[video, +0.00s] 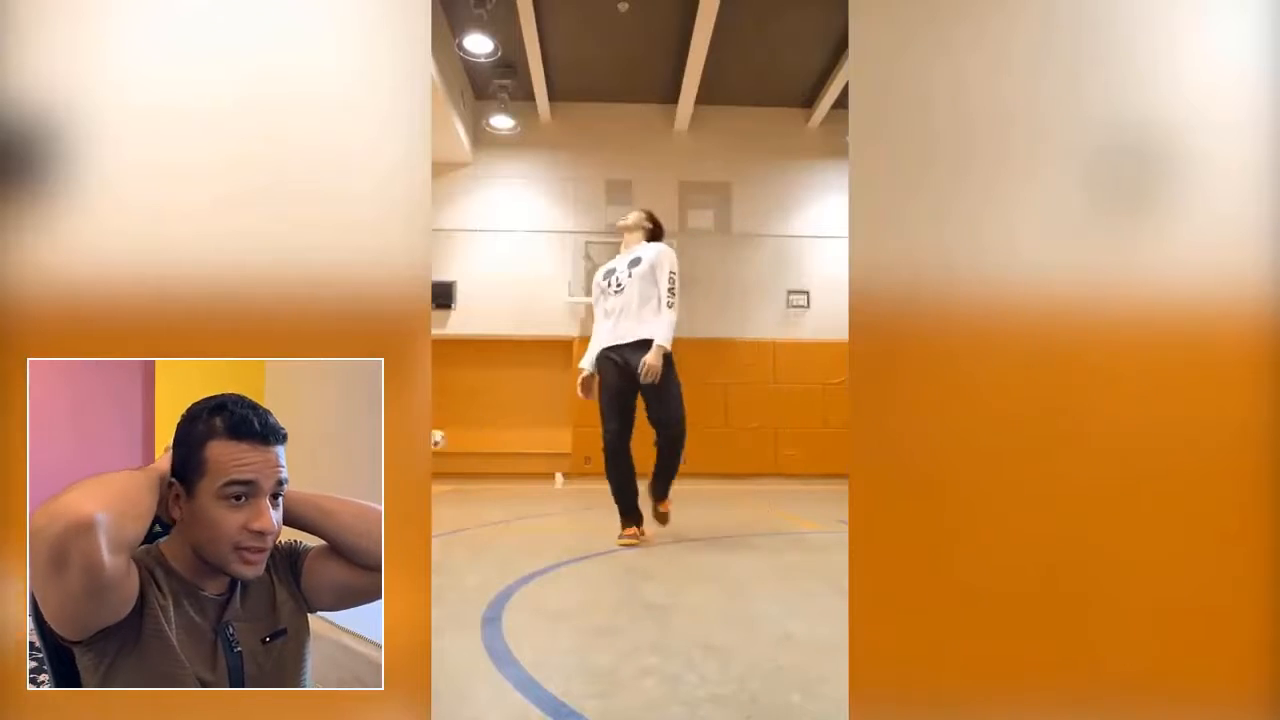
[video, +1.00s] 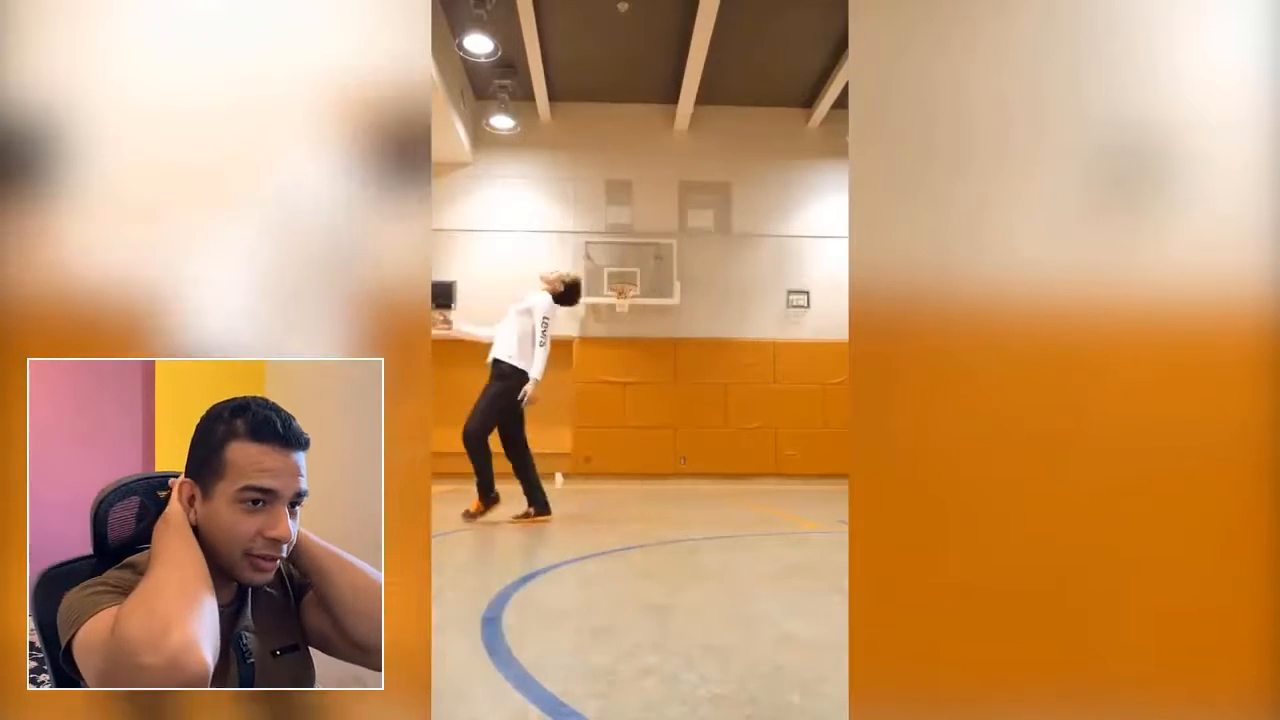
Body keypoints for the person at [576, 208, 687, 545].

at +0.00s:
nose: (625, 215)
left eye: (634, 213)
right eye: (626, 213)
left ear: (647, 226)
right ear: (624, 229)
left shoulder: (659, 251)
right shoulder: (602, 273)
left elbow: (670, 304)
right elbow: (601, 324)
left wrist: (659, 348)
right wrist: (588, 363)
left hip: (649, 348)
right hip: (610, 355)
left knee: (673, 430)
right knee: (614, 439)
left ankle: (659, 492)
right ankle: (630, 522)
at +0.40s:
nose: (599, 234)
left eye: (608, 231)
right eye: (603, 230)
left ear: (619, 246)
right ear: (603, 244)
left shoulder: (626, 276)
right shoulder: (580, 281)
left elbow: (632, 329)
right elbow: (579, 329)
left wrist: (623, 372)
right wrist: (572, 366)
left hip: (612, 370)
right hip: (581, 370)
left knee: (619, 444)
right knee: (563, 436)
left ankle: (626, 513)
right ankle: (588, 508)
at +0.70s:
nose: (587, 263)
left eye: (594, 266)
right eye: (592, 262)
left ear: (597, 280)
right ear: (588, 275)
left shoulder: (589, 296)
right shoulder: (561, 299)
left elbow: (590, 340)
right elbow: (548, 349)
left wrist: (580, 378)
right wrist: (521, 378)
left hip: (563, 374)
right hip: (538, 374)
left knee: (593, 443)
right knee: (532, 444)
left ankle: (624, 509)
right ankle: (540, 508)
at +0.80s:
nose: (585, 270)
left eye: (591, 273)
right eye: (590, 270)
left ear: (591, 286)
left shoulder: (581, 299)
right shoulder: (554, 301)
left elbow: (578, 339)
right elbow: (536, 348)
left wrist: (570, 376)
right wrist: (504, 369)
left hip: (547, 373)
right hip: (524, 374)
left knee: (575, 440)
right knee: (523, 446)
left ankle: (612, 497)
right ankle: (540, 507)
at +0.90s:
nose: (571, 273)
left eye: (577, 276)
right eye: (577, 273)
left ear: (577, 290)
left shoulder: (564, 303)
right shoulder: (542, 303)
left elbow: (563, 342)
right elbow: (510, 339)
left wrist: (552, 373)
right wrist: (469, 341)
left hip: (527, 368)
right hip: (511, 365)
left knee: (521, 435)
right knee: (513, 439)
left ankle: (549, 495)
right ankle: (534, 502)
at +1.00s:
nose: (554, 273)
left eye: (559, 276)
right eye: (560, 272)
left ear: (558, 289)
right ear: (557, 285)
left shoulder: (543, 301)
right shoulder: (530, 301)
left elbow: (542, 344)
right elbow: (496, 334)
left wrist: (534, 380)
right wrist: (456, 329)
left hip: (511, 374)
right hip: (503, 372)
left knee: (473, 434)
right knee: (515, 443)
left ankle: (487, 496)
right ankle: (539, 505)